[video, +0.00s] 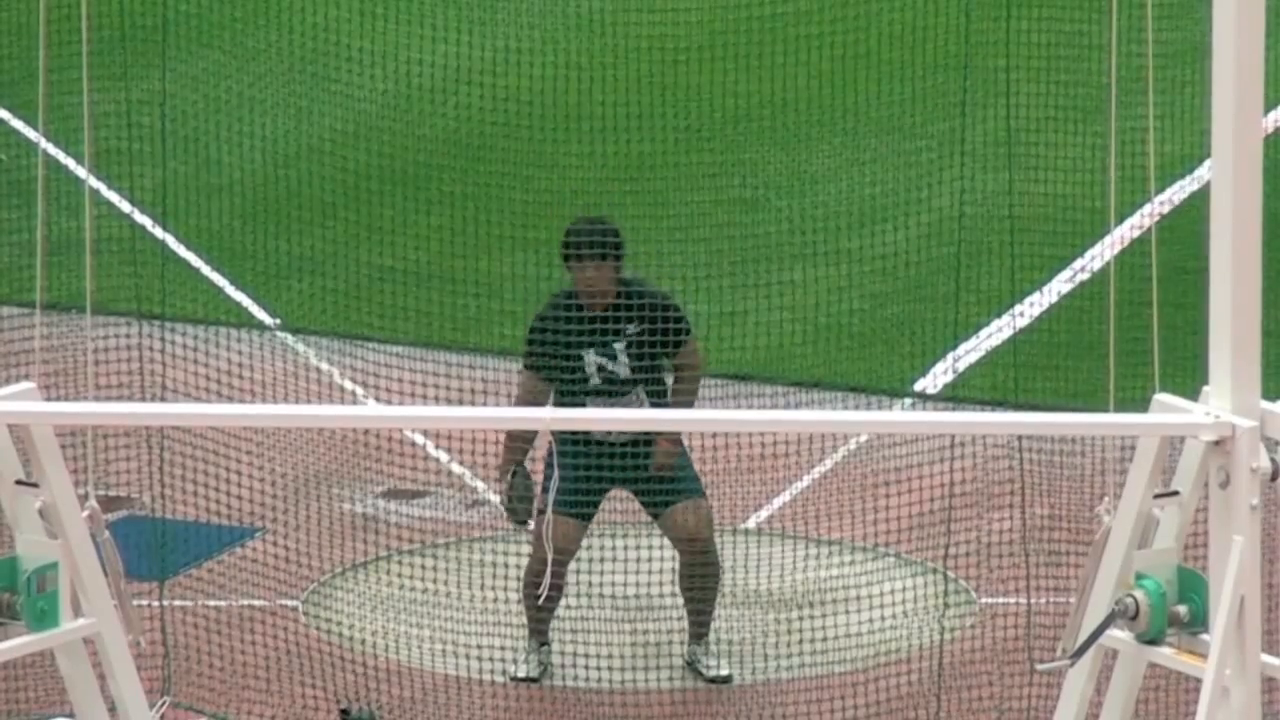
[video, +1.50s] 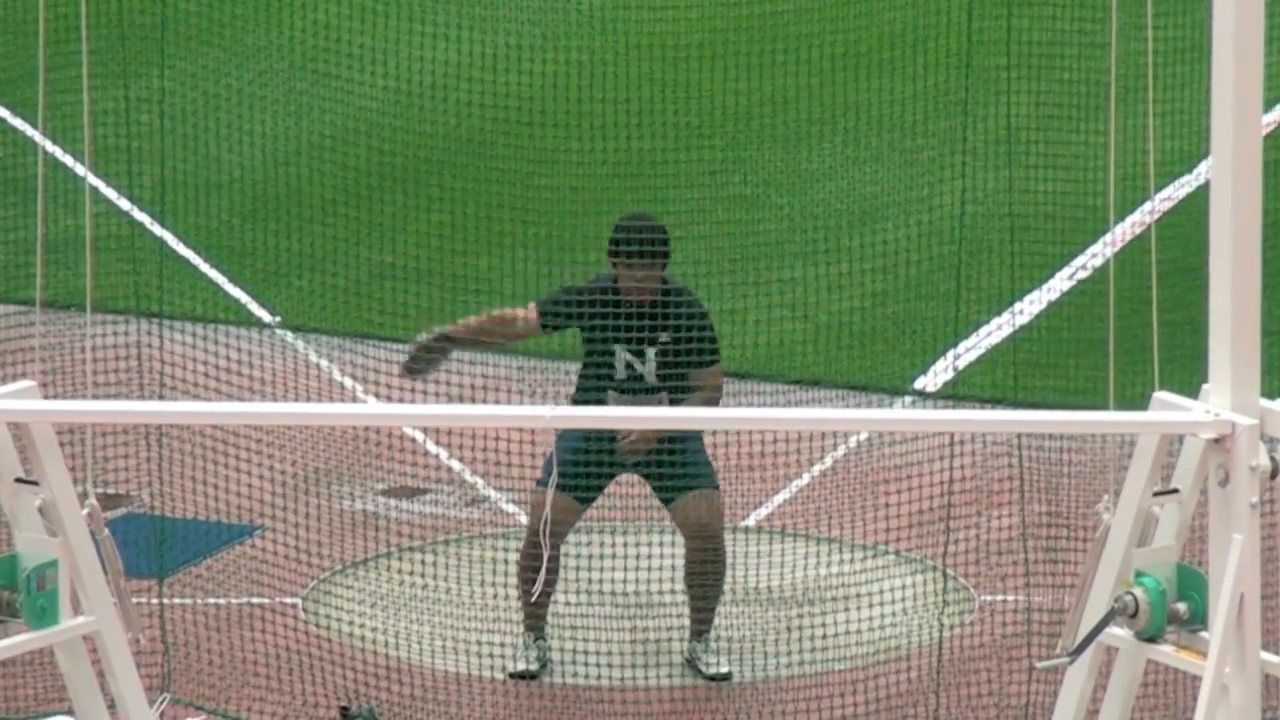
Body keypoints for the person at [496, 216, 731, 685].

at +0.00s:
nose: (592, 274)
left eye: (601, 263)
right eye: (581, 264)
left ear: (619, 264)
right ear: (568, 268)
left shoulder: (655, 310)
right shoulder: (554, 322)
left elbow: (689, 367)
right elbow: (530, 401)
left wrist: (672, 431)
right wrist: (510, 466)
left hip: (649, 443)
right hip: (579, 447)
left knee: (697, 535)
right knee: (556, 544)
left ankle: (699, 646)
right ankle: (537, 646)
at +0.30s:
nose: (568, 257)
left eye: (578, 246)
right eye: (559, 247)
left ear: (599, 246)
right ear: (549, 251)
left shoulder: (639, 291)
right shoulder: (539, 306)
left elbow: (685, 347)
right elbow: (517, 371)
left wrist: (676, 418)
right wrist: (505, 421)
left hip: (648, 438)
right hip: (577, 444)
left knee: (693, 532)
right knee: (541, 540)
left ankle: (700, 644)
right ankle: (535, 644)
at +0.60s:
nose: (554, 257)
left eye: (563, 246)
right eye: (543, 247)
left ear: (580, 247)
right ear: (530, 252)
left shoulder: (619, 288)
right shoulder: (525, 313)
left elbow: (670, 348)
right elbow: (512, 391)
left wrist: (648, 416)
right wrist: (494, 455)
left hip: (644, 431)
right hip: (577, 439)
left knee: (691, 530)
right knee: (543, 538)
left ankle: (700, 643)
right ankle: (534, 642)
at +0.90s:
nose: (562, 251)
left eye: (572, 241)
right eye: (553, 241)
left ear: (591, 243)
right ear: (542, 244)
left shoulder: (622, 290)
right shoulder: (538, 291)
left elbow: (662, 362)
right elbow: (521, 357)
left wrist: (618, 421)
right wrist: (500, 377)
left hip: (641, 428)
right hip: (573, 430)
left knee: (688, 541)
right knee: (532, 532)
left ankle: (699, 643)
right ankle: (535, 643)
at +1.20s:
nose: (594, 262)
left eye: (604, 253)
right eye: (586, 252)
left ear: (622, 253)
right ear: (575, 250)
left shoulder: (645, 301)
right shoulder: (559, 272)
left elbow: (672, 386)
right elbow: (514, 244)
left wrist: (617, 426)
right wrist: (478, 213)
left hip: (648, 430)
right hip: (578, 428)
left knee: (694, 530)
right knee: (532, 524)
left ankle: (700, 643)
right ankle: (533, 639)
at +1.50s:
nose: (640, 277)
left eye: (649, 266)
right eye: (630, 266)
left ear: (664, 265)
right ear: (614, 263)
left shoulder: (687, 313)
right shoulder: (594, 299)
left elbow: (710, 391)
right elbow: (520, 322)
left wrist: (658, 428)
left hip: (671, 431)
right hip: (595, 427)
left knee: (707, 526)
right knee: (544, 525)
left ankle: (701, 642)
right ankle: (534, 640)